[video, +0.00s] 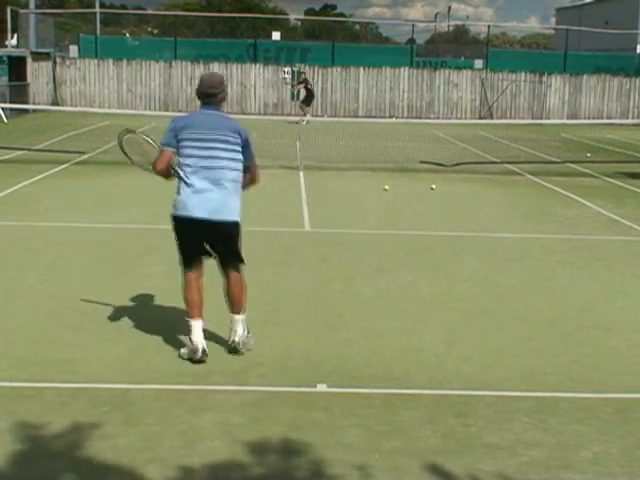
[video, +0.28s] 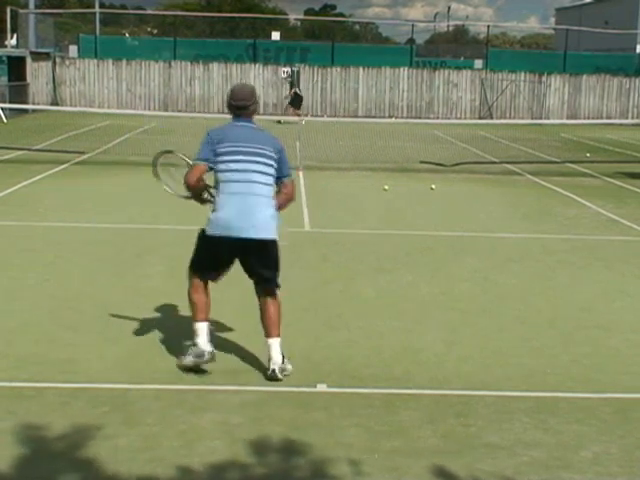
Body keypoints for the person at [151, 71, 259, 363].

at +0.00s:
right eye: (220, 93)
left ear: (197, 96)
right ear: (224, 97)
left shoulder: (180, 125)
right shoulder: (237, 130)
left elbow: (160, 167)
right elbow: (252, 177)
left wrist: (176, 171)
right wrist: (225, 182)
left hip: (188, 214)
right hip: (225, 217)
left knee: (192, 270)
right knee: (233, 268)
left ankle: (197, 342)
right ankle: (238, 333)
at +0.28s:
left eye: (234, 106)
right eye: (250, 105)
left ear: (228, 108)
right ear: (255, 109)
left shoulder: (216, 136)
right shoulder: (273, 143)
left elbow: (192, 179)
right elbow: (287, 193)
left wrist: (199, 193)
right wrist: (263, 211)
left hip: (222, 228)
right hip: (262, 231)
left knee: (199, 278)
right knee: (268, 291)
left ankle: (202, 345)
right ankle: (275, 360)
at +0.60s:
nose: (266, 107)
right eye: (268, 102)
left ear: (242, 105)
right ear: (269, 106)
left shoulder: (222, 136)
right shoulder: (281, 141)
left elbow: (196, 180)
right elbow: (297, 195)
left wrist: (226, 189)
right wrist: (279, 218)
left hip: (229, 233)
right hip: (267, 232)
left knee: (236, 302)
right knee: (283, 301)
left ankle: (236, 378)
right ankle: (297, 368)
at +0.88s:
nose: (295, 117)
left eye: (292, 112)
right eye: (294, 113)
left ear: (260, 116)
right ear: (289, 118)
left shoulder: (237, 151)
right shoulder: (299, 154)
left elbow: (222, 203)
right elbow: (313, 213)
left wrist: (253, 211)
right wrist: (302, 244)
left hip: (240, 251)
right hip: (282, 252)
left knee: (230, 314)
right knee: (309, 320)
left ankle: (200, 380)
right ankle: (316, 403)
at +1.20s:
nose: (279, 125)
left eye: (277, 120)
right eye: (278, 121)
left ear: (248, 119)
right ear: (274, 124)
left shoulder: (230, 145)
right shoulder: (261, 157)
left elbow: (256, 189)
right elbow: (260, 215)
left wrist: (301, 197)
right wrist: (294, 238)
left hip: (197, 246)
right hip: (231, 251)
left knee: (203, 319)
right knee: (265, 321)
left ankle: (165, 393)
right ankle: (261, 409)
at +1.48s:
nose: (282, 129)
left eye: (278, 123)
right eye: (282, 124)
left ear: (252, 122)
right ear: (279, 128)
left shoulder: (234, 148)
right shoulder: (258, 159)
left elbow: (273, 176)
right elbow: (251, 209)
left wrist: (315, 175)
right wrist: (303, 226)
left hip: (195, 247)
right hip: (221, 256)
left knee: (213, 313)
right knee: (242, 331)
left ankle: (167, 381)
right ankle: (217, 419)